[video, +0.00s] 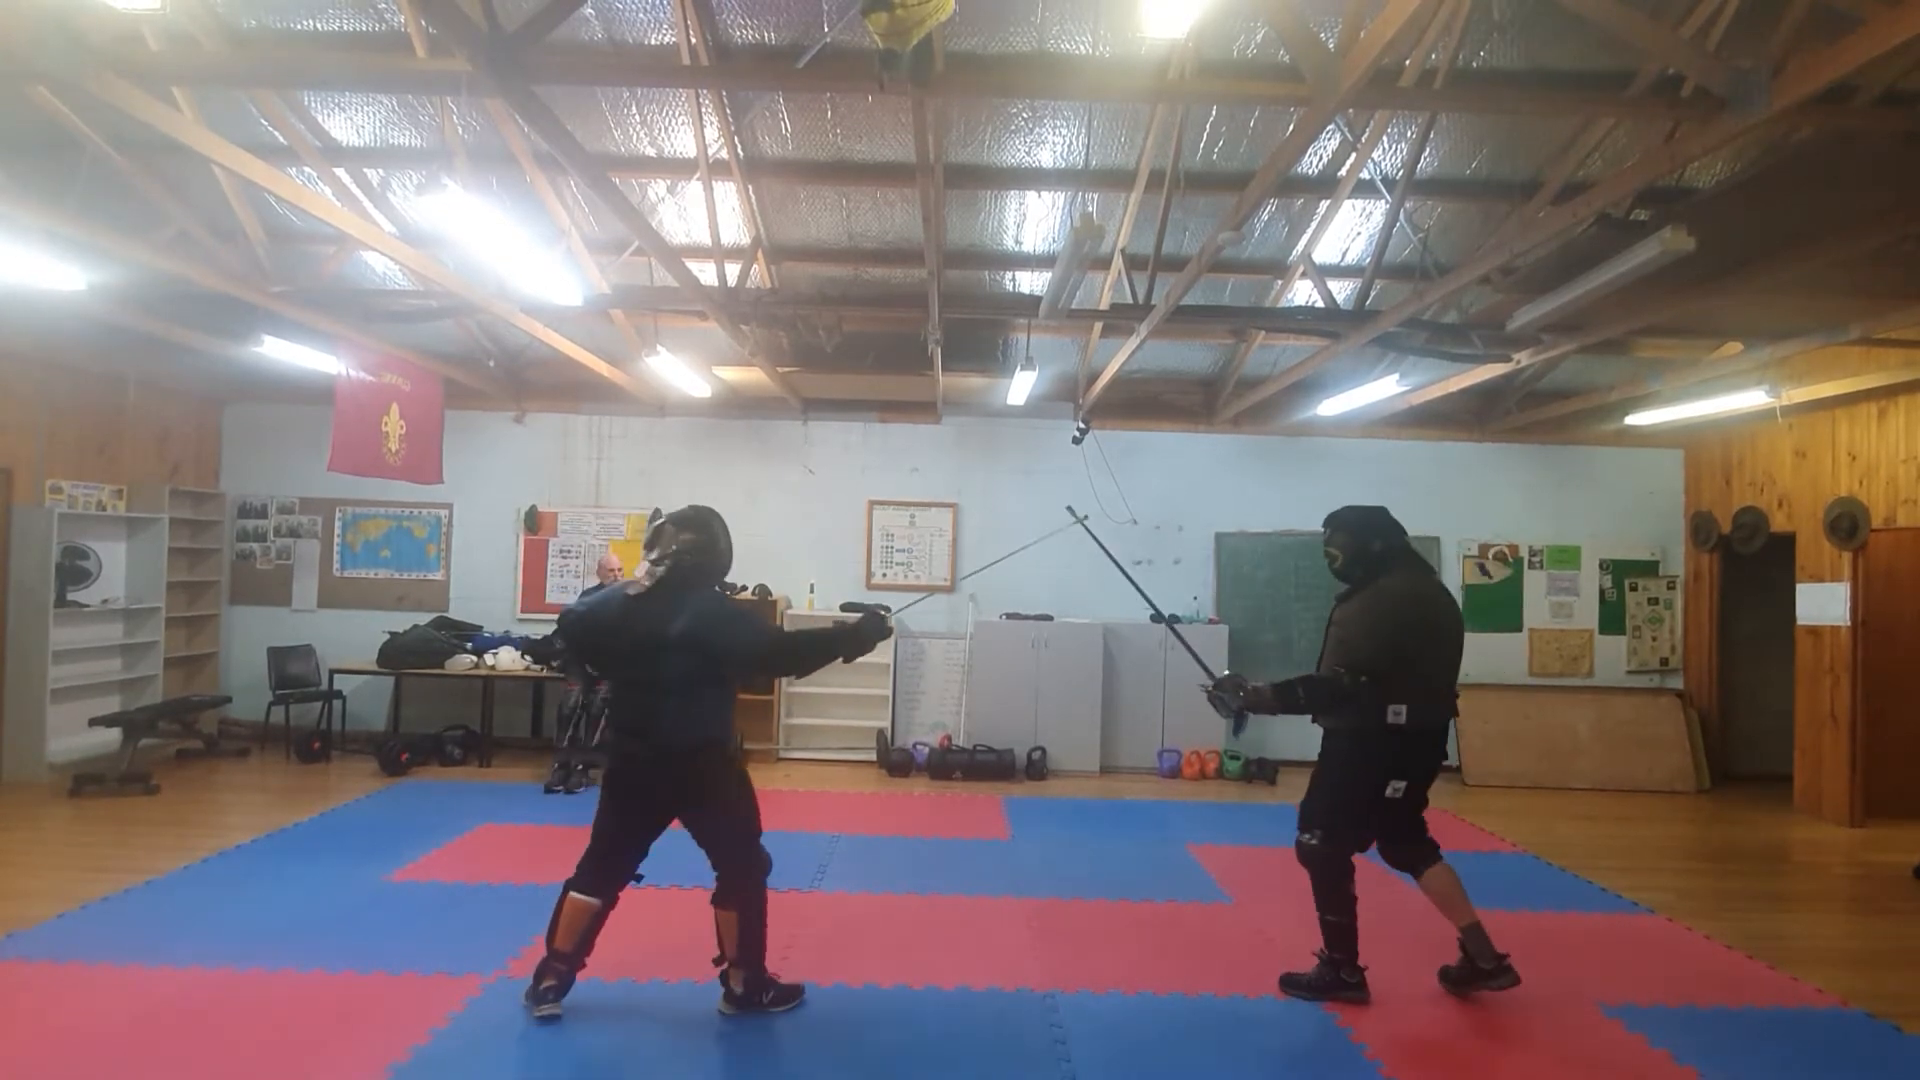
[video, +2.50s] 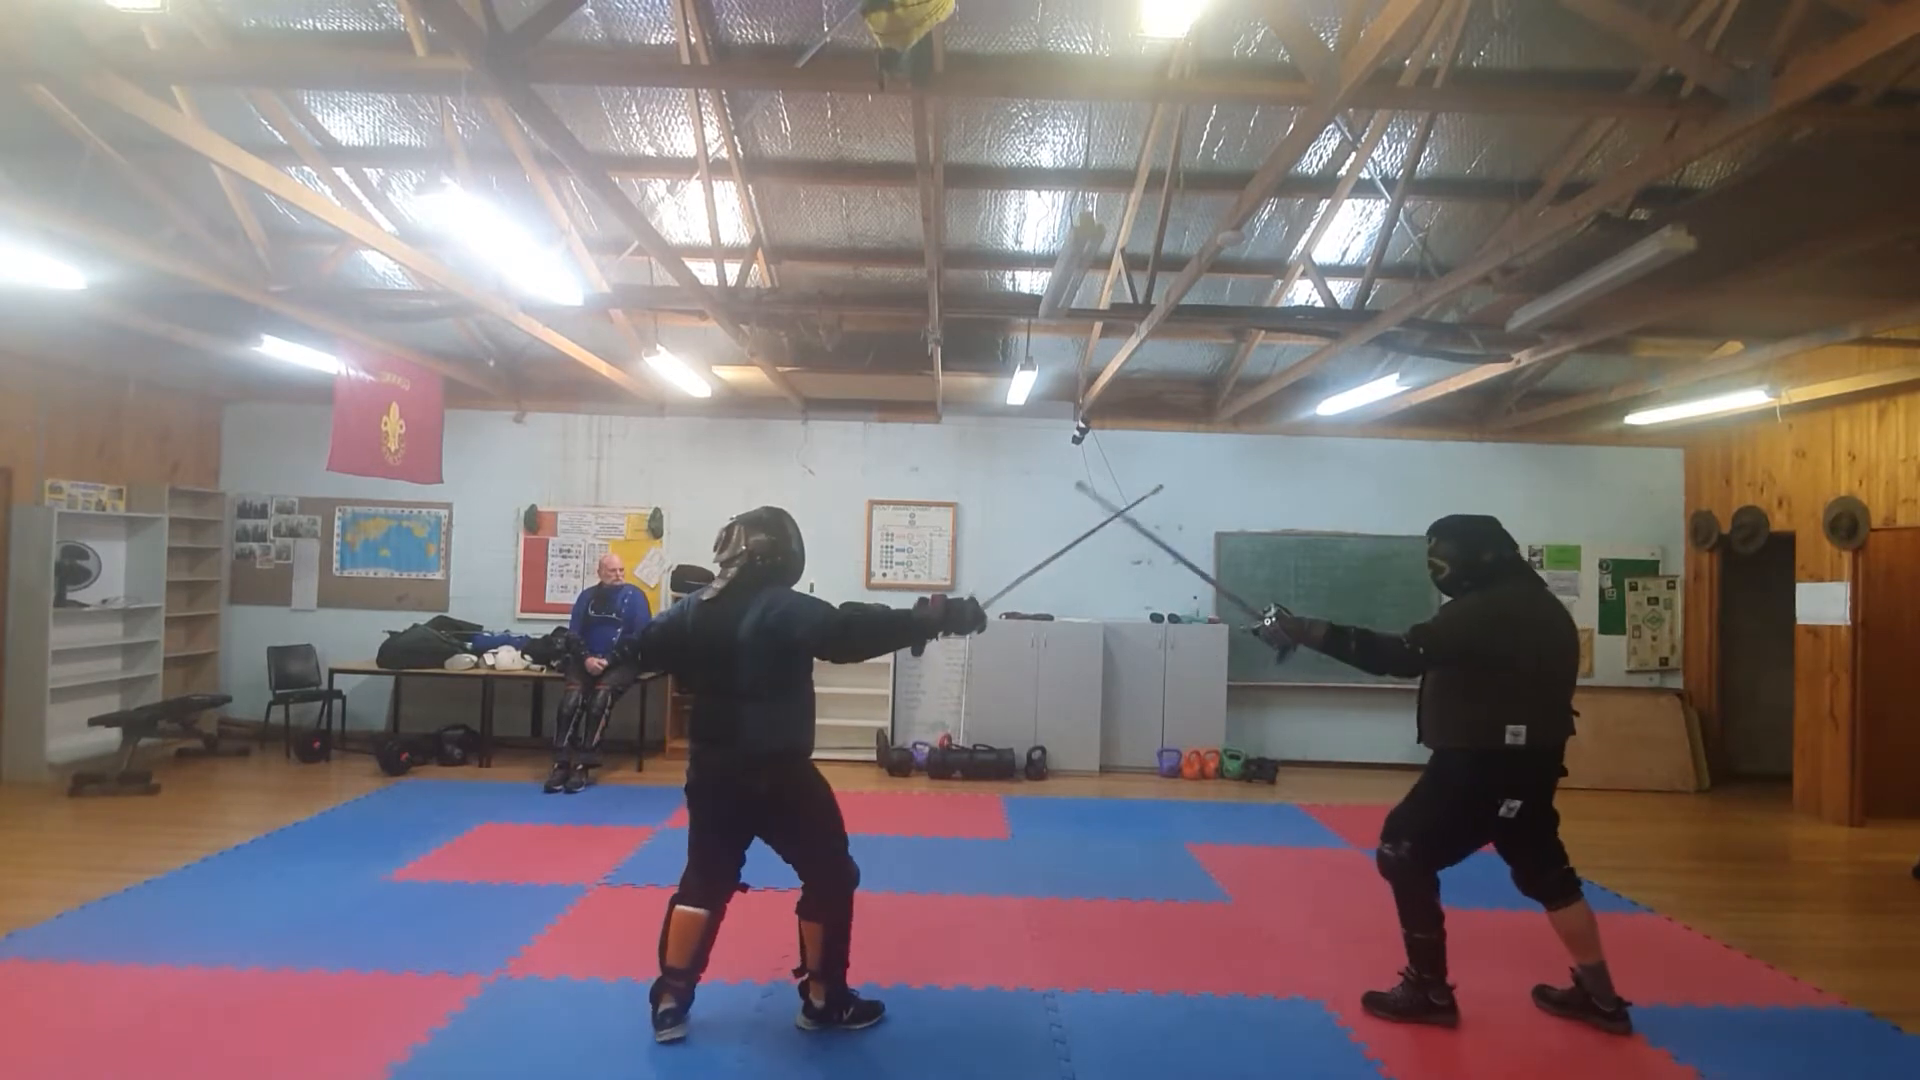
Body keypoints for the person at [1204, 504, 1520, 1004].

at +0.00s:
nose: (1329, 559)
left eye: (1336, 548)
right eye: (1327, 549)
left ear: (1368, 545)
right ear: (1385, 543)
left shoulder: (1367, 603)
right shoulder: (1430, 592)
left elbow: (1339, 688)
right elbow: (1428, 683)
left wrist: (1258, 697)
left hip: (1364, 743)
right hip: (1421, 741)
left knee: (1321, 843)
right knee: (1404, 839)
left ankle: (1341, 967)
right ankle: (1483, 955)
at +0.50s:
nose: (1380, 567)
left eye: (1385, 556)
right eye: (1377, 557)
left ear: (1413, 553)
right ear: (1434, 550)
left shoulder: (1416, 607)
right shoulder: (1487, 602)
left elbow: (1378, 679)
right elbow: (1488, 689)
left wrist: (1290, 685)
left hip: (1410, 756)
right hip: (1470, 755)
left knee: (1356, 845)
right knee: (1485, 855)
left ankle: (1345, 969)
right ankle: (1513, 973)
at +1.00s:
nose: (1392, 568)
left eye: (1396, 556)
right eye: (1389, 558)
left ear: (1426, 552)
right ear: (1448, 549)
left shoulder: (1423, 610)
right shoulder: (1496, 606)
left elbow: (1386, 682)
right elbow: (1490, 694)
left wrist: (1292, 681)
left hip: (1409, 757)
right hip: (1469, 757)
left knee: (1355, 846)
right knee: (1485, 858)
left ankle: (1346, 968)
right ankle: (1514, 974)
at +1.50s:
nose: (1362, 570)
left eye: (1367, 558)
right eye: (1360, 560)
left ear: (1399, 553)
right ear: (1418, 550)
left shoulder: (1402, 602)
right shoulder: (1470, 598)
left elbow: (1330, 653)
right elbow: (1478, 685)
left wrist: (1242, 636)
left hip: (1401, 750)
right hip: (1462, 749)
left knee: (1347, 845)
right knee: (1464, 847)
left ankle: (1344, 968)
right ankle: (1544, 957)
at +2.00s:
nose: (1450, 577)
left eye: (1455, 565)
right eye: (1447, 566)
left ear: (1485, 559)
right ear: (1512, 555)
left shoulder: (1486, 613)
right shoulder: (1562, 610)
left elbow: (1417, 666)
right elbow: (1563, 698)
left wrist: (1328, 649)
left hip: (1478, 763)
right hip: (1541, 763)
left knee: (1409, 849)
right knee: (1552, 869)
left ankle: (1396, 978)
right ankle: (1600, 993)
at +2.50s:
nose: (1435, 573)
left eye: (1442, 562)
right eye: (1433, 562)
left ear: (1476, 558)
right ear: (1498, 557)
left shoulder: (1480, 610)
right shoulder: (1548, 609)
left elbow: (1404, 655)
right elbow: (1553, 702)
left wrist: (1315, 634)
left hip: (1475, 763)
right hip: (1531, 765)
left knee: (1405, 851)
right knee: (1548, 874)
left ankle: (1429, 988)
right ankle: (1599, 993)